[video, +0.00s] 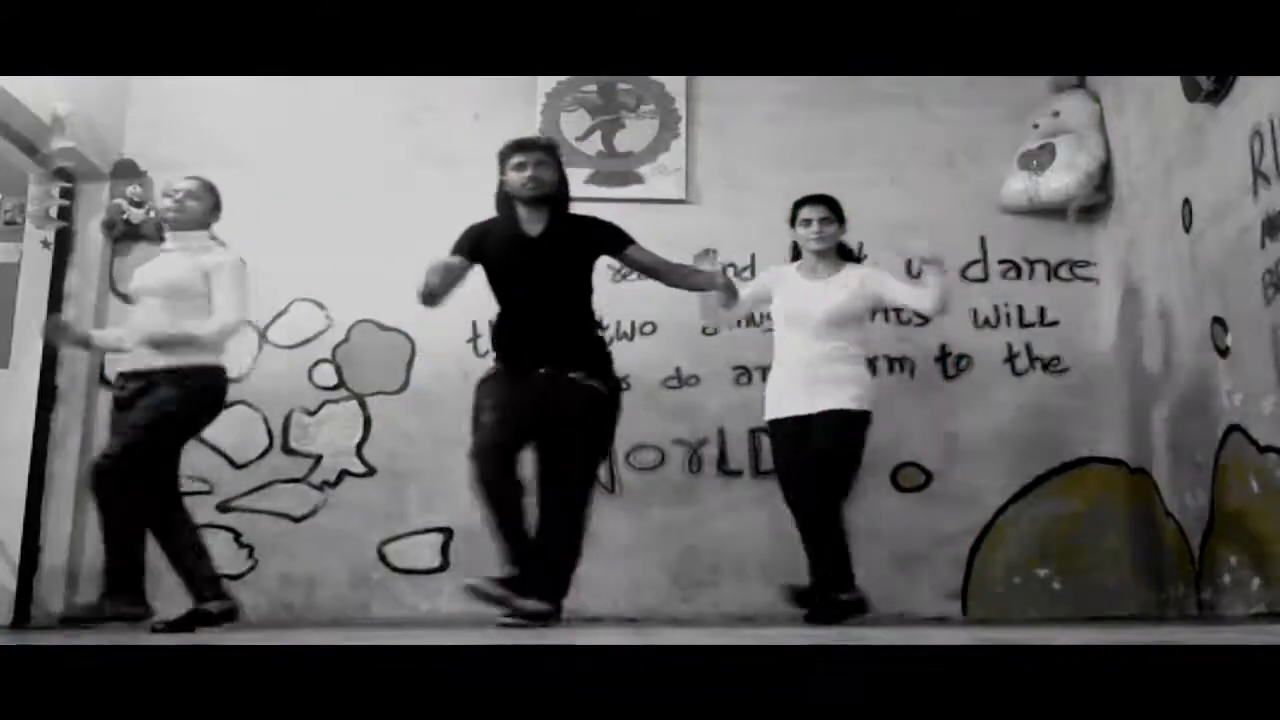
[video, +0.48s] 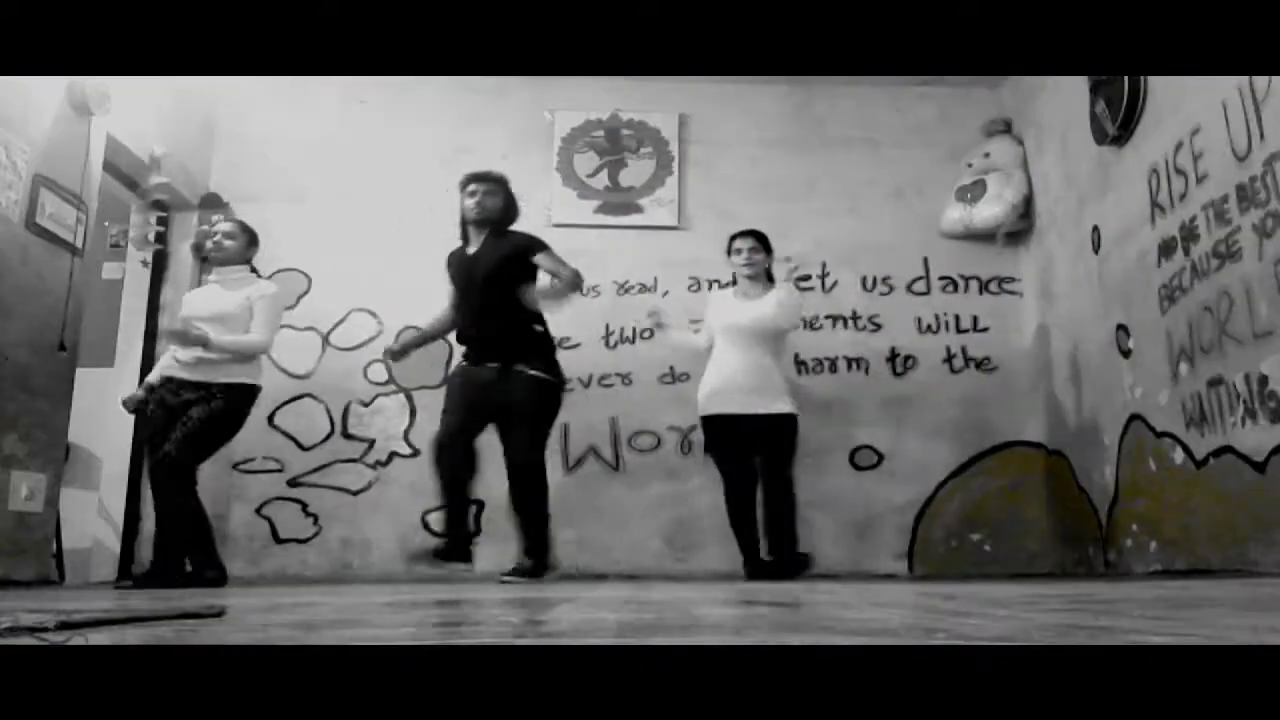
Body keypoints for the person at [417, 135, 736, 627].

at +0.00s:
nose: (530, 173)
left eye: (541, 166)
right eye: (519, 167)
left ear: (559, 177)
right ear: (502, 182)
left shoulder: (587, 231)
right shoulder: (485, 236)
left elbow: (660, 269)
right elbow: (436, 292)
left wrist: (714, 280)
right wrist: (434, 282)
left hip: (581, 374)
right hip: (515, 376)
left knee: (565, 488)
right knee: (489, 455)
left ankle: (545, 597)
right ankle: (523, 569)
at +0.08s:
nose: (516, 174)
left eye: (527, 166)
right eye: (505, 168)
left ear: (546, 178)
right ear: (490, 183)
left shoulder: (575, 231)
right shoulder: (473, 237)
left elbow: (652, 269)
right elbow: (415, 283)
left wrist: (712, 283)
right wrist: (389, 284)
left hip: (561, 373)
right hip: (498, 374)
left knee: (542, 480)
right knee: (485, 462)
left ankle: (533, 595)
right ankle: (478, 587)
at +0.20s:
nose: (504, 170)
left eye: (516, 162)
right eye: (493, 165)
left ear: (537, 175)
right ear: (479, 180)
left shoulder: (565, 229)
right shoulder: (460, 235)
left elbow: (620, 269)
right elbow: (409, 294)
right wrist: (348, 330)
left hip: (547, 382)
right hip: (484, 382)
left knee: (566, 472)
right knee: (517, 467)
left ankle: (485, 577)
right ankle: (499, 588)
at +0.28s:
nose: (490, 176)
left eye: (501, 169)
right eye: (479, 170)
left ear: (523, 181)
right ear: (466, 185)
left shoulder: (547, 227)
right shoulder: (454, 240)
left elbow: (548, 253)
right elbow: (433, 300)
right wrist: (384, 343)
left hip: (523, 374)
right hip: (471, 374)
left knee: (537, 487)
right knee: (511, 485)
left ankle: (457, 593)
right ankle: (500, 589)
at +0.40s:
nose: (470, 172)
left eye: (481, 165)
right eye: (460, 165)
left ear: (501, 177)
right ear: (448, 179)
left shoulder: (522, 220)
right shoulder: (441, 238)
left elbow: (544, 250)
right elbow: (441, 305)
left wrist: (476, 243)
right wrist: (393, 344)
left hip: (518, 371)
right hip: (457, 371)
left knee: (527, 475)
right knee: (472, 469)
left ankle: (466, 582)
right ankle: (478, 583)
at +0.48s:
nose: (479, 199)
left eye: (489, 194)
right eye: (471, 194)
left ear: (506, 206)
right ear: (460, 206)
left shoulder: (518, 244)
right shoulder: (458, 260)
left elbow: (570, 277)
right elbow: (456, 312)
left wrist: (558, 286)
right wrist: (411, 342)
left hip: (528, 371)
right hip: (476, 371)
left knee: (524, 463)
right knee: (450, 444)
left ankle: (535, 557)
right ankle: (456, 543)